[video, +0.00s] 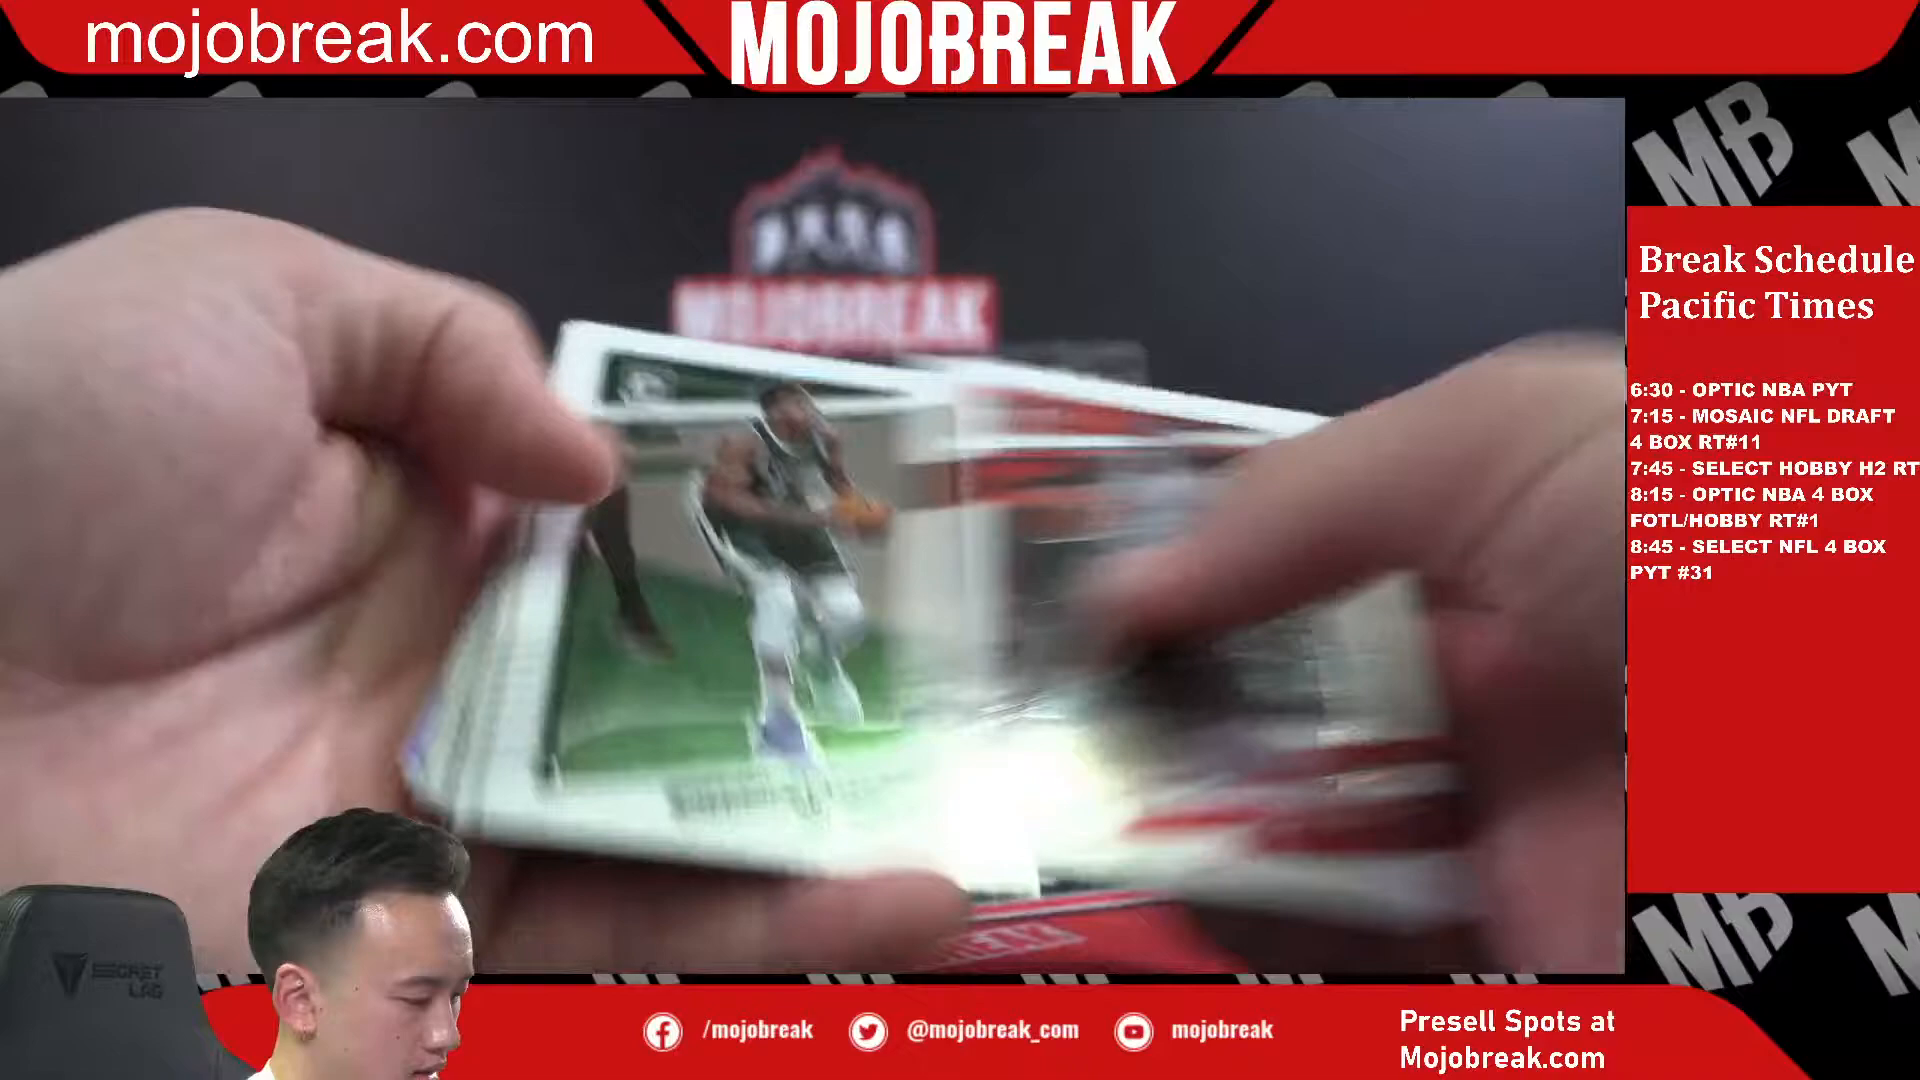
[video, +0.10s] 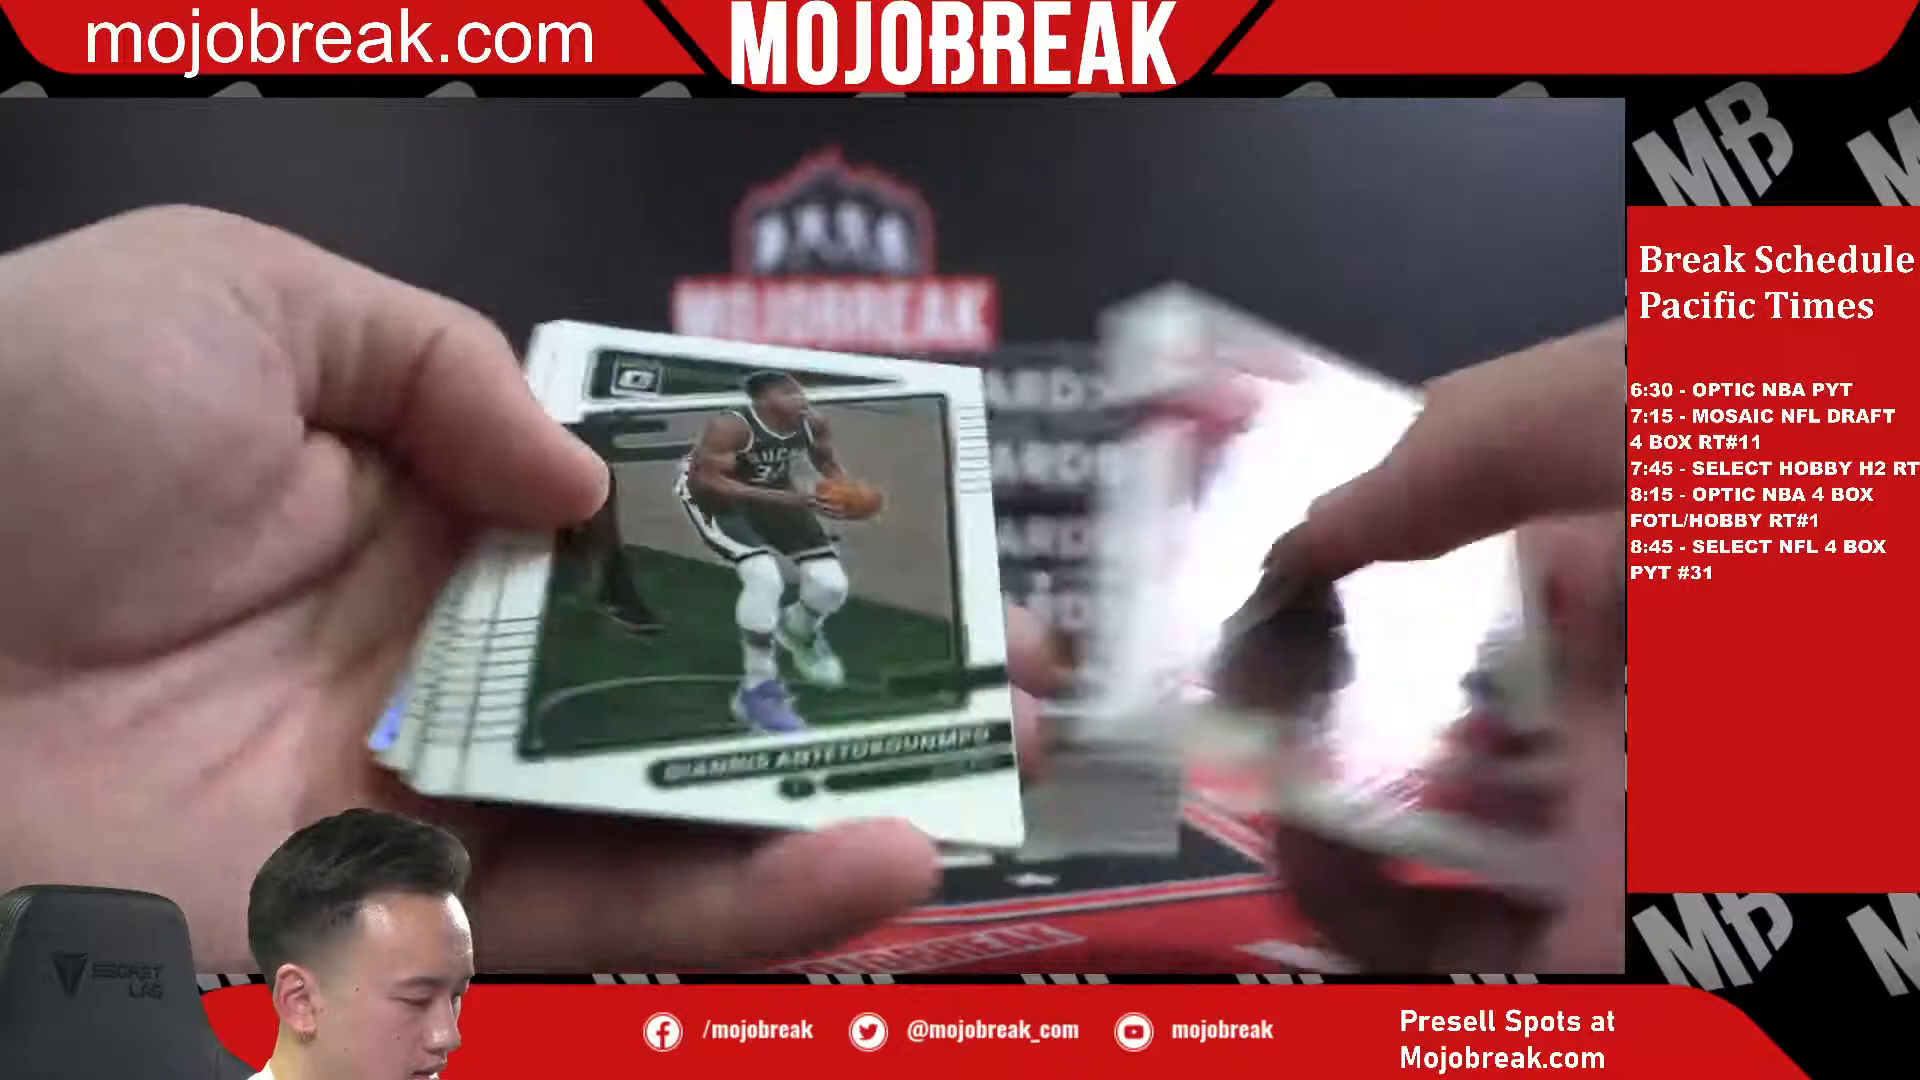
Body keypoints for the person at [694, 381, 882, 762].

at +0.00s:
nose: (802, 414)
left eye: (805, 404)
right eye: (792, 407)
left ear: (812, 407)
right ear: (770, 412)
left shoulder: (823, 441)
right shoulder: (741, 446)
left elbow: (839, 484)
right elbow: (725, 497)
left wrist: (862, 511)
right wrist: (814, 518)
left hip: (801, 531)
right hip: (748, 535)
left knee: (846, 612)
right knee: (776, 597)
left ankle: (820, 659)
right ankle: (779, 715)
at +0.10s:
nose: (801, 399)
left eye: (800, 390)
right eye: (787, 393)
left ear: (805, 392)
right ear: (762, 401)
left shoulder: (812, 426)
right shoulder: (728, 429)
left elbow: (827, 465)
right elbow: (705, 481)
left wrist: (850, 494)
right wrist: (784, 499)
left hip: (776, 494)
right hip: (719, 497)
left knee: (829, 584)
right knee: (763, 575)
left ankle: (798, 630)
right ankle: (758, 690)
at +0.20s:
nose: (798, 383)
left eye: (799, 374)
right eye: (786, 376)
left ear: (805, 377)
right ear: (763, 382)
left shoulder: (816, 408)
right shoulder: (733, 415)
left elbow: (834, 447)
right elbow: (717, 469)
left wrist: (852, 473)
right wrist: (793, 480)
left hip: (789, 483)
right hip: (735, 491)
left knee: (844, 563)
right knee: (779, 559)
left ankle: (817, 611)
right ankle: (781, 672)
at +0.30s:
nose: (836, 377)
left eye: (836, 368)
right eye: (825, 370)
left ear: (841, 371)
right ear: (803, 376)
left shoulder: (855, 403)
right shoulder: (772, 409)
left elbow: (870, 445)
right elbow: (755, 467)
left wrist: (891, 471)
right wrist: (835, 478)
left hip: (838, 494)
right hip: (780, 498)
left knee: (881, 562)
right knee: (815, 557)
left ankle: (852, 612)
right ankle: (817, 675)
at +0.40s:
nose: (906, 381)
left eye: (907, 373)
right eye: (894, 374)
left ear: (911, 376)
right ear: (871, 381)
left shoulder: (924, 411)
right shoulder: (839, 415)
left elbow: (936, 463)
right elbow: (818, 476)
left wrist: (960, 487)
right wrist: (897, 489)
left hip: (902, 512)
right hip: (847, 514)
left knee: (943, 582)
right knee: (877, 574)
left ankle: (923, 640)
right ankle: (875, 699)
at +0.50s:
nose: (943, 415)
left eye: (944, 405)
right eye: (931, 408)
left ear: (950, 408)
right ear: (908, 414)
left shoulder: (960, 445)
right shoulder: (878, 443)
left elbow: (979, 497)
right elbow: (854, 501)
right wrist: (926, 522)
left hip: (926, 530)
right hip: (872, 531)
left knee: (975, 618)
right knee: (911, 605)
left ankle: (946, 667)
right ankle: (906, 732)